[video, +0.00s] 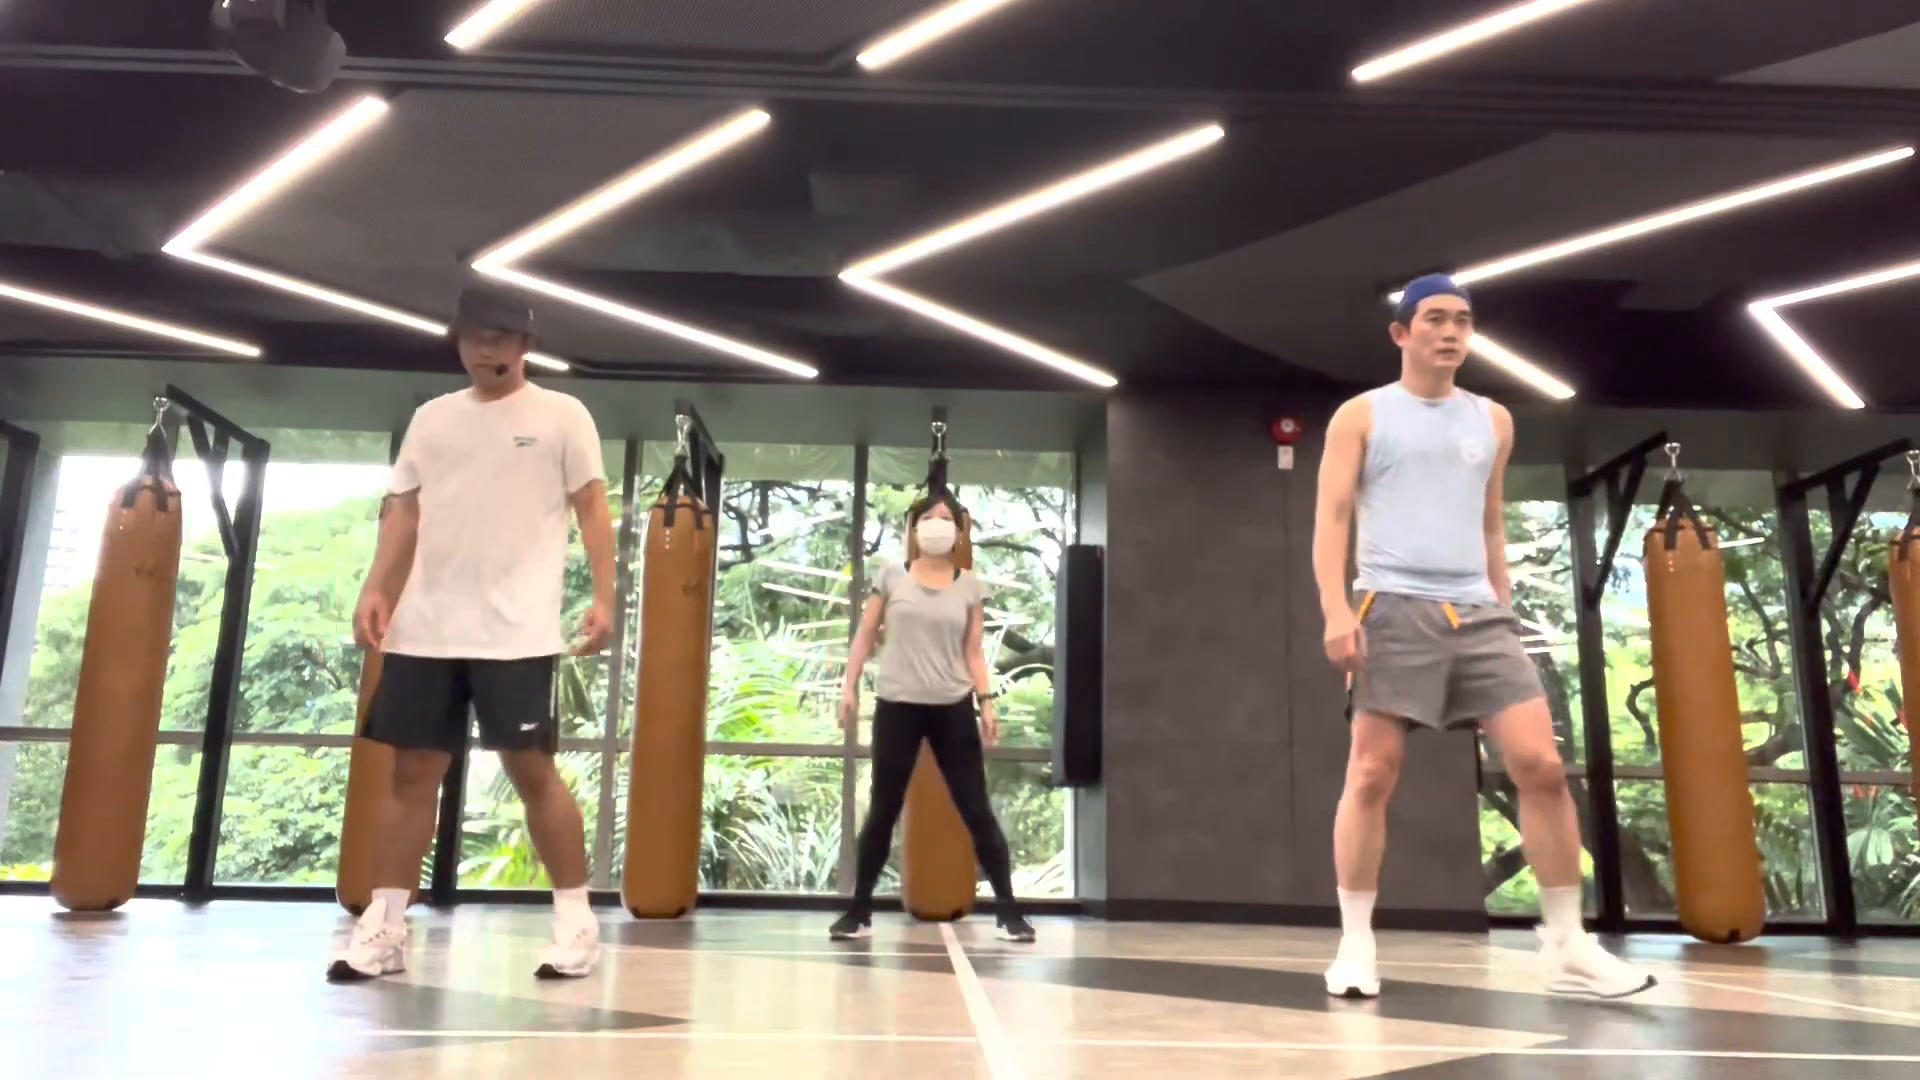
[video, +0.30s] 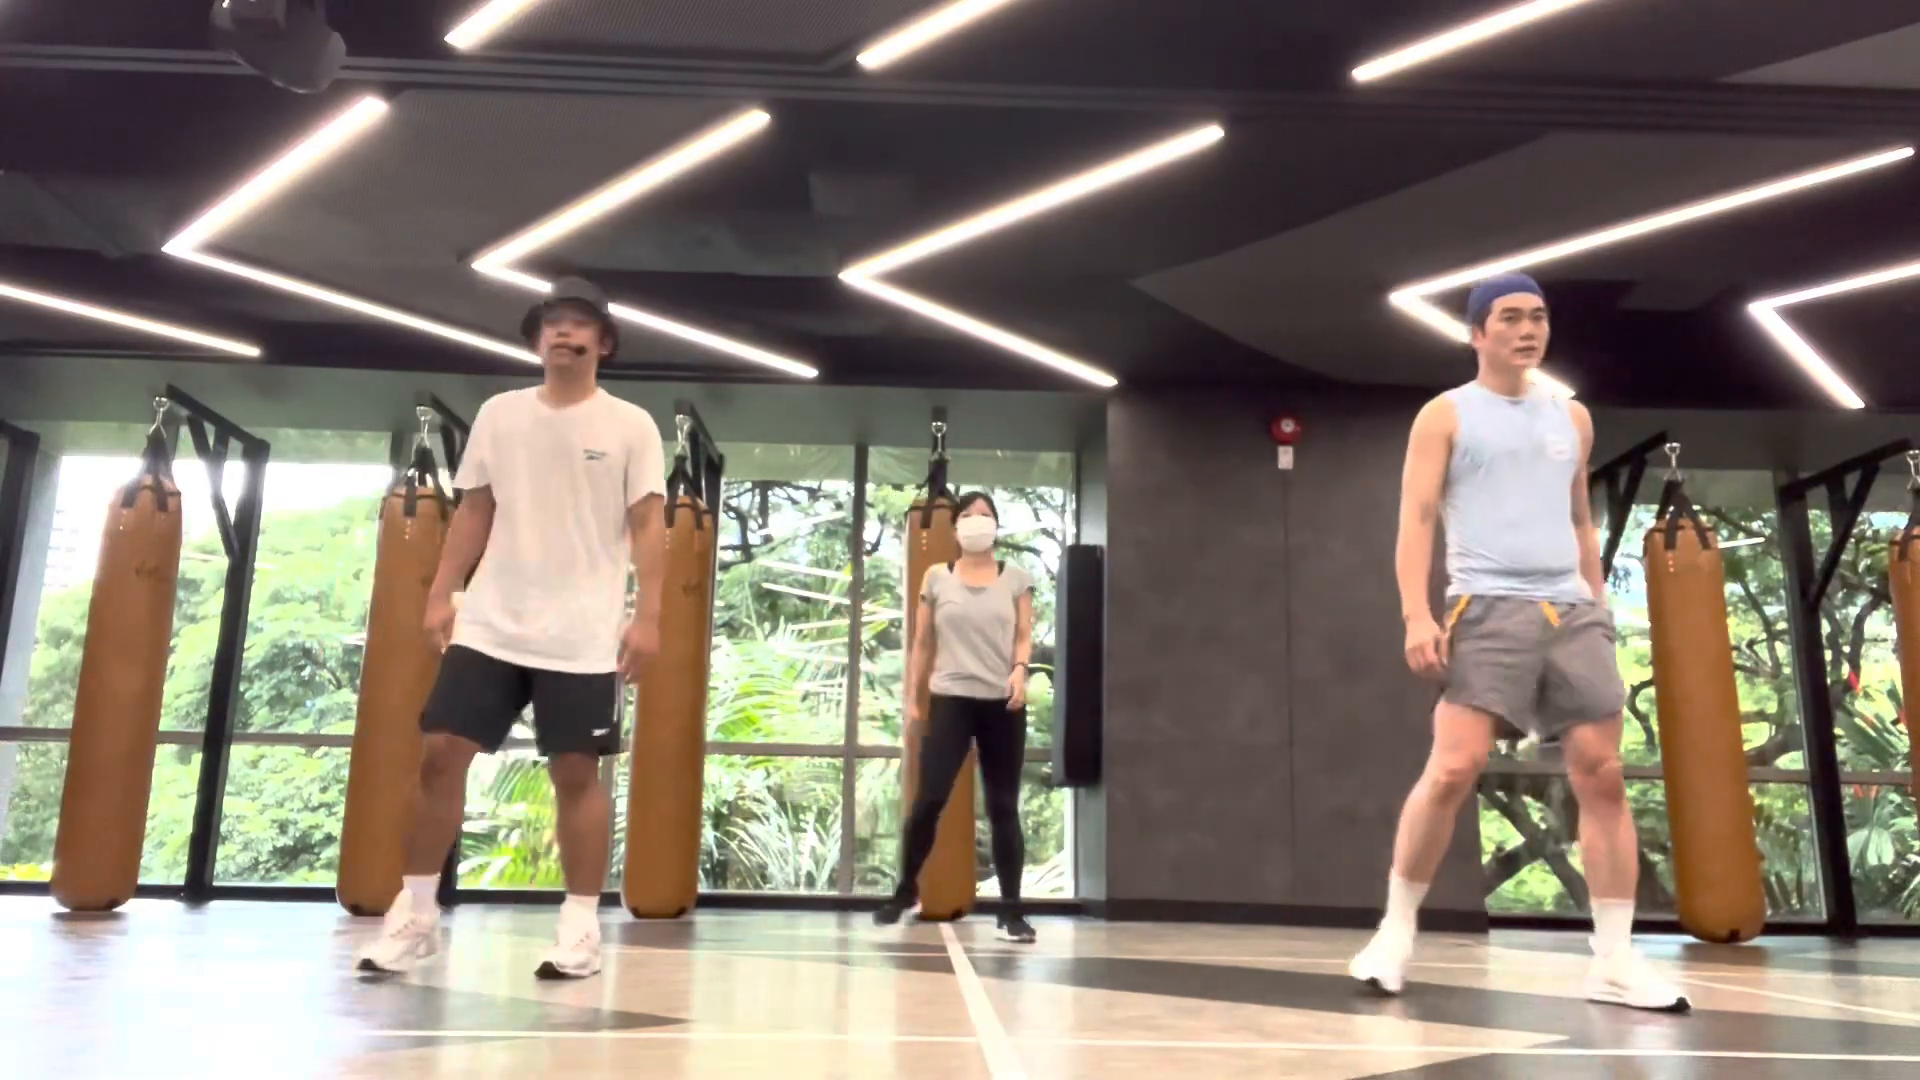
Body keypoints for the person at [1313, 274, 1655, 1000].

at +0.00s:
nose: (1453, 331)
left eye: (1462, 321)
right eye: (1438, 319)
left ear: (1471, 336)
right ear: (1402, 332)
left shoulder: (1492, 421)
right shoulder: (1360, 416)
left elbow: (1492, 526)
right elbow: (1332, 516)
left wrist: (1502, 615)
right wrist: (1336, 610)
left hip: (1483, 616)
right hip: (1395, 615)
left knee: (1543, 767)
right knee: (1370, 777)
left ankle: (1567, 946)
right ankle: (1355, 947)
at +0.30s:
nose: (1526, 329)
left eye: (1536, 317)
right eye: (1510, 318)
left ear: (1549, 331)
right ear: (1479, 332)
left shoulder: (1572, 416)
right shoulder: (1445, 414)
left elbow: (1581, 518)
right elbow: (1417, 518)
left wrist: (1596, 603)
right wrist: (1417, 614)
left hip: (1574, 613)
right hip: (1486, 614)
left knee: (1603, 775)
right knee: (1453, 769)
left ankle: (1613, 962)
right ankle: (1396, 930)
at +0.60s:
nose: (1552, 326)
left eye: (1563, 315)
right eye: (1535, 316)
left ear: (1577, 331)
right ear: (1504, 334)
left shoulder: (1609, 417)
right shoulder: (1469, 416)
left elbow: (1631, 520)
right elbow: (1443, 528)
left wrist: (1662, 596)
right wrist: (1433, 629)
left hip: (1607, 606)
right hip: (1522, 607)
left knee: (1623, 773)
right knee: (1577, 763)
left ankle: (1619, 957)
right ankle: (1564, 945)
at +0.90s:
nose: (1543, 327)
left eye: (1553, 315)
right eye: (1525, 317)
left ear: (1570, 328)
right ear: (1499, 334)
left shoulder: (1606, 413)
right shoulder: (1462, 416)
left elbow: (1626, 504)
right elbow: (1435, 523)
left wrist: (1620, 531)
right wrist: (1420, 621)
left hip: (1586, 616)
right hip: (1494, 615)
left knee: (1612, 773)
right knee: (1472, 767)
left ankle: (1619, 955)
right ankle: (1440, 937)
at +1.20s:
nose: (1480, 347)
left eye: (1491, 334)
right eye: (1465, 335)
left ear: (1505, 341)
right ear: (1434, 344)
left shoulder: (1532, 418)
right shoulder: (1392, 424)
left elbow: (1554, 510)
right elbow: (1370, 527)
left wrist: (1570, 588)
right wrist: (1357, 622)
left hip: (1516, 620)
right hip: (1427, 618)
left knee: (1562, 774)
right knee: (1408, 776)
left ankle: (1608, 959)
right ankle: (1398, 950)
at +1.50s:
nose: (1448, 351)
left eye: (1459, 338)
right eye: (1434, 337)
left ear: (1472, 346)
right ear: (1401, 344)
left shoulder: (1496, 423)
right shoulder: (1361, 427)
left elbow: (1507, 537)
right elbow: (1333, 531)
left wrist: (1517, 626)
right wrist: (1309, 628)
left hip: (1482, 614)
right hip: (1397, 611)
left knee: (1486, 774)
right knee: (1394, 776)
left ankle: (1455, 934)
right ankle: (1396, 944)